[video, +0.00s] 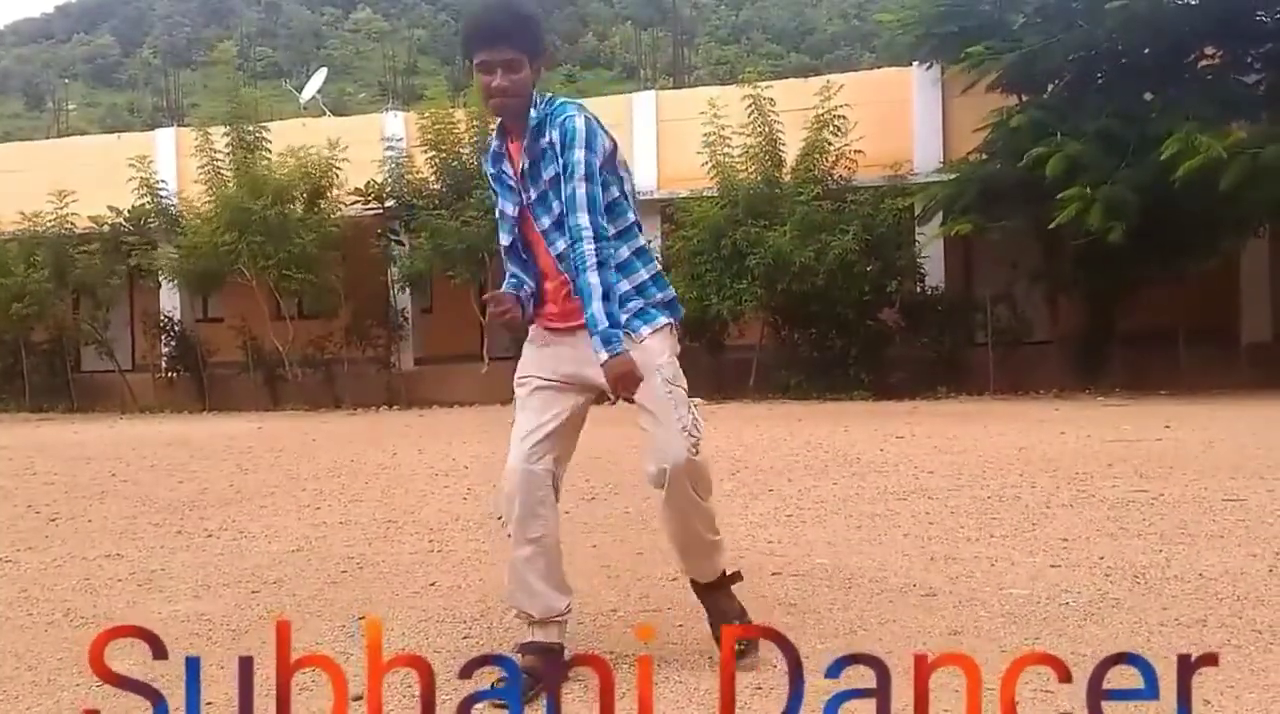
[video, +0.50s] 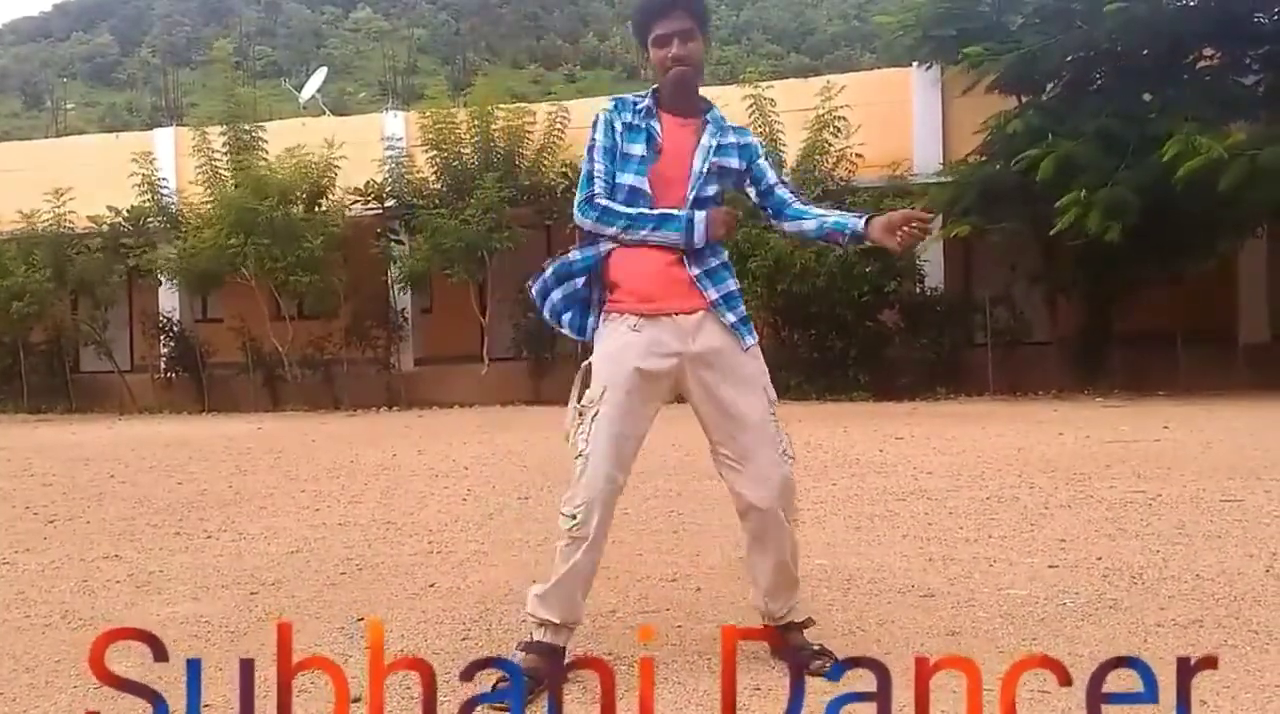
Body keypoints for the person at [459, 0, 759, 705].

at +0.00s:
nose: (497, 81)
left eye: (510, 67)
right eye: (485, 69)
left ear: (538, 69)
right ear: (474, 75)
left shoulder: (572, 126)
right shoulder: (495, 157)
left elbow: (588, 233)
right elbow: (517, 242)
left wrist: (611, 341)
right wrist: (517, 294)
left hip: (632, 317)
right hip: (552, 328)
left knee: (678, 458)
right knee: (526, 472)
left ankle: (711, 582)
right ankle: (545, 637)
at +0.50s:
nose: (676, 51)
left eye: (686, 37)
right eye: (662, 42)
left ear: (706, 45)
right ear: (646, 55)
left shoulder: (733, 138)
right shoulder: (616, 119)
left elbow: (789, 212)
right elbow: (591, 209)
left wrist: (866, 228)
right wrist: (692, 226)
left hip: (716, 323)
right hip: (632, 325)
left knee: (769, 483)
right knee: (593, 488)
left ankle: (785, 627)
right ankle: (546, 643)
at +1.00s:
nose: (694, 71)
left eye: (705, 58)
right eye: (683, 61)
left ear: (728, 62)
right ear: (670, 72)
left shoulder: (756, 113)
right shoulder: (660, 156)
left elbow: (722, 182)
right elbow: (601, 223)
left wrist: (639, 199)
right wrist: (532, 290)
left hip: (744, 309)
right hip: (664, 318)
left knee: (752, 456)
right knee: (650, 461)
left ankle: (783, 618)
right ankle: (673, 576)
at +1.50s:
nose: (623, 97)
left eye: (633, 87)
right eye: (613, 88)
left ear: (650, 96)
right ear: (598, 98)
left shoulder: (683, 143)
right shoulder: (590, 176)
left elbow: (730, 203)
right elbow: (606, 255)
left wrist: (790, 255)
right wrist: (670, 222)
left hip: (689, 322)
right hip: (623, 333)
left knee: (713, 451)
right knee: (635, 459)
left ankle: (701, 543)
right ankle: (683, 582)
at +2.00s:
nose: (628, 112)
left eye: (636, 102)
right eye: (617, 103)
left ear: (651, 107)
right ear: (602, 110)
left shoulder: (664, 182)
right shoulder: (573, 160)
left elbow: (682, 237)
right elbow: (530, 225)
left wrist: (690, 273)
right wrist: (586, 268)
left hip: (636, 320)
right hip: (581, 315)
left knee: (613, 445)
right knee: (581, 434)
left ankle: (606, 560)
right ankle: (552, 550)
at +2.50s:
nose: (578, 112)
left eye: (587, 102)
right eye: (569, 104)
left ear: (604, 108)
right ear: (557, 113)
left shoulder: (630, 158)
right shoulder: (555, 176)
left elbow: (626, 238)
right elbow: (536, 248)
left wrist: (564, 289)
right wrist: (502, 318)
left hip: (636, 320)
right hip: (578, 324)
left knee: (657, 438)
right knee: (566, 445)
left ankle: (678, 551)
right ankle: (570, 555)